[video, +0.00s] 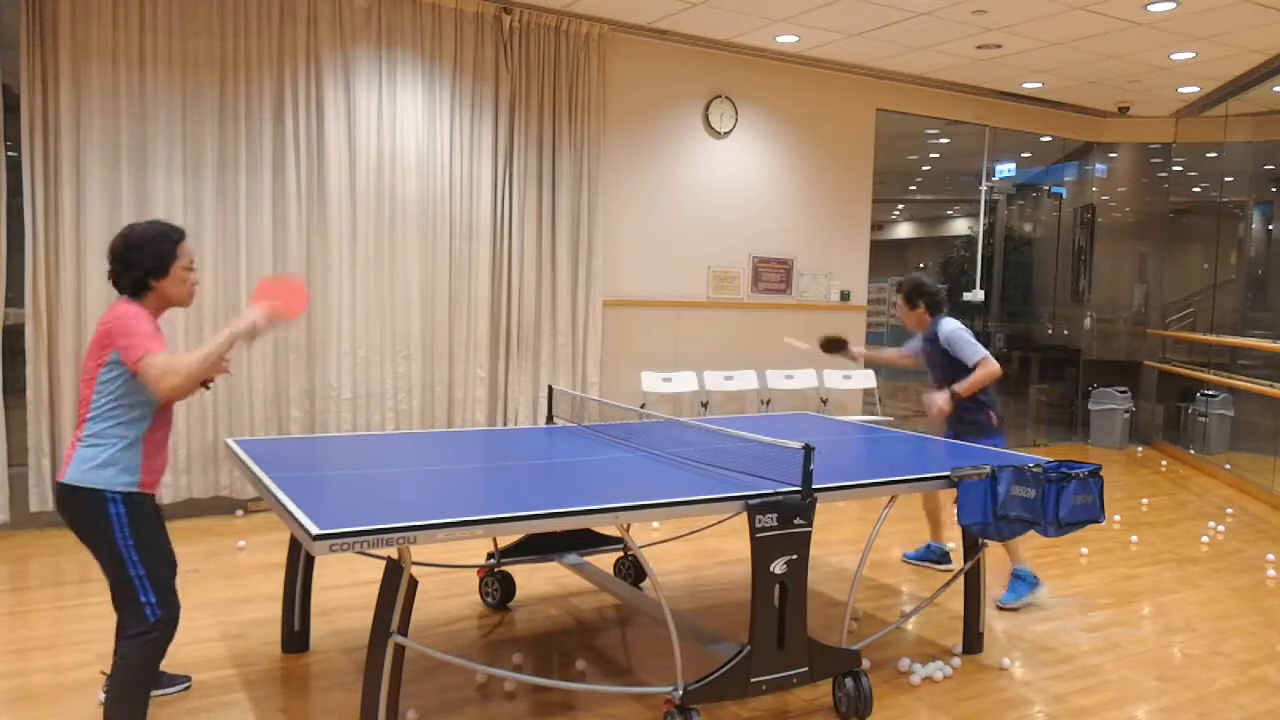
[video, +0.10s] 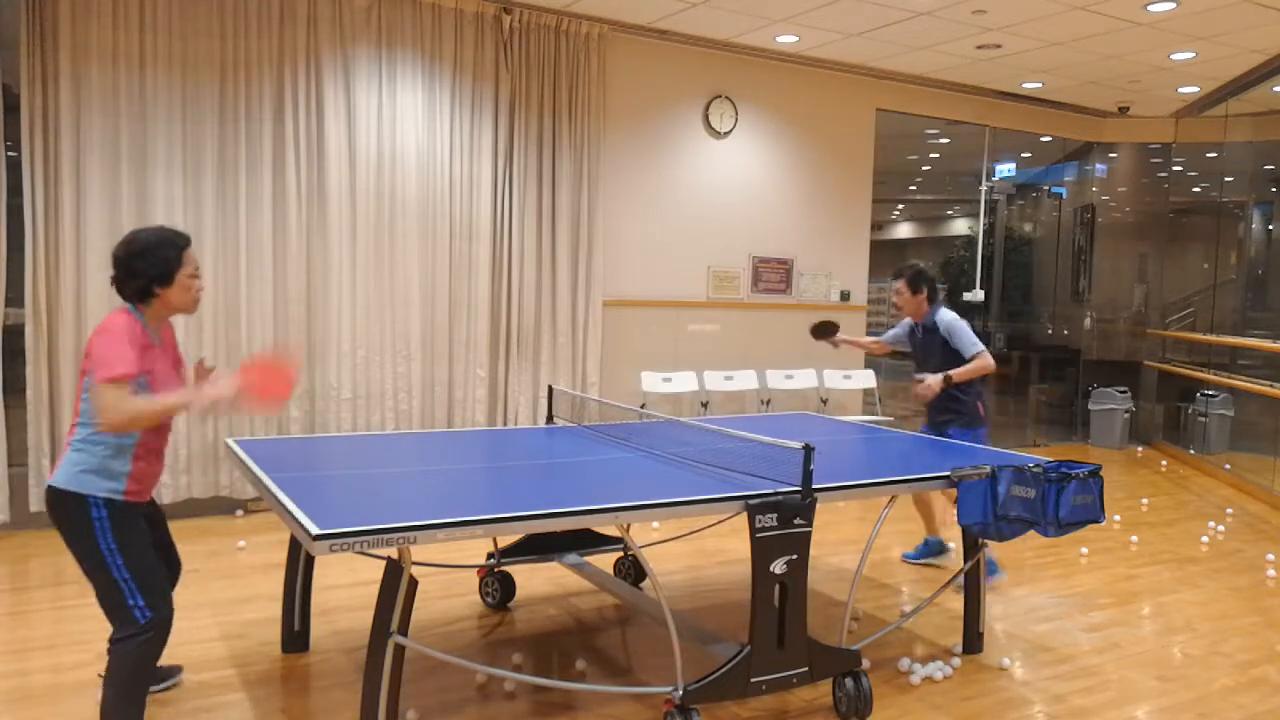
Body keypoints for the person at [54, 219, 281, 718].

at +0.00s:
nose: (195, 272)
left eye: (192, 262)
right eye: (186, 264)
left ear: (156, 276)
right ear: (155, 275)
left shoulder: (142, 322)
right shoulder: (127, 318)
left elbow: (156, 390)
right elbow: (166, 380)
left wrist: (201, 375)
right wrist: (237, 330)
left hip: (124, 485)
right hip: (102, 488)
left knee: (155, 576)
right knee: (155, 612)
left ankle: (130, 676)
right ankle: (122, 708)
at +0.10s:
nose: (200, 281)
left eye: (197, 271)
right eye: (190, 273)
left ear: (164, 286)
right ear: (157, 285)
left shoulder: (162, 330)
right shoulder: (119, 330)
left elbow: (158, 404)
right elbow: (113, 413)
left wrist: (197, 390)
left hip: (129, 492)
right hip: (89, 495)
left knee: (164, 571)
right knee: (143, 617)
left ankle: (133, 670)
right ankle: (119, 710)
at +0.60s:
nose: (199, 292)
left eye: (200, 281)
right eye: (191, 280)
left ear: (151, 281)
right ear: (152, 279)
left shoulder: (132, 323)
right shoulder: (121, 319)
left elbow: (176, 381)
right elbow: (172, 378)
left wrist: (231, 341)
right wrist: (238, 327)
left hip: (71, 497)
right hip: (83, 502)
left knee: (104, 605)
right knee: (158, 627)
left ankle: (86, 706)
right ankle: (117, 714)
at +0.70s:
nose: (186, 278)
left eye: (186, 267)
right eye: (177, 268)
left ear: (134, 270)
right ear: (141, 269)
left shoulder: (97, 308)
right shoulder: (123, 313)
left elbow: (140, 387)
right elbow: (203, 356)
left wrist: (195, 332)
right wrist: (242, 296)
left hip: (52, 491)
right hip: (94, 497)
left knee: (88, 600)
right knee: (151, 627)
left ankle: (57, 704)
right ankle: (118, 714)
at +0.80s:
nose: (178, 273)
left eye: (178, 262)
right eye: (170, 263)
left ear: (127, 268)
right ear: (133, 267)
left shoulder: (91, 308)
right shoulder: (113, 311)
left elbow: (147, 371)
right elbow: (190, 359)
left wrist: (193, 329)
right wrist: (236, 297)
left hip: (40, 488)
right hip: (85, 494)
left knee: (73, 607)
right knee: (136, 632)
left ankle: (50, 708)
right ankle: (105, 714)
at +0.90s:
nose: (177, 270)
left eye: (176, 259)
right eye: (168, 261)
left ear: (129, 267)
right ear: (132, 266)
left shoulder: (109, 313)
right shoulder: (100, 310)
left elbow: (145, 382)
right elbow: (150, 380)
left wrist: (195, 343)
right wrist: (218, 331)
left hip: (48, 488)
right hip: (60, 492)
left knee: (70, 618)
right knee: (111, 634)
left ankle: (49, 711)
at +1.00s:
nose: (179, 276)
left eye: (177, 265)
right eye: (169, 266)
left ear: (140, 274)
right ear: (132, 271)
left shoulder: (123, 325)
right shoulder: (92, 318)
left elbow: (139, 396)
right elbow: (93, 408)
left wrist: (193, 376)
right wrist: (181, 394)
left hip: (67, 499)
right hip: (40, 498)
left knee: (72, 628)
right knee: (100, 631)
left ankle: (52, 710)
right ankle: (72, 714)